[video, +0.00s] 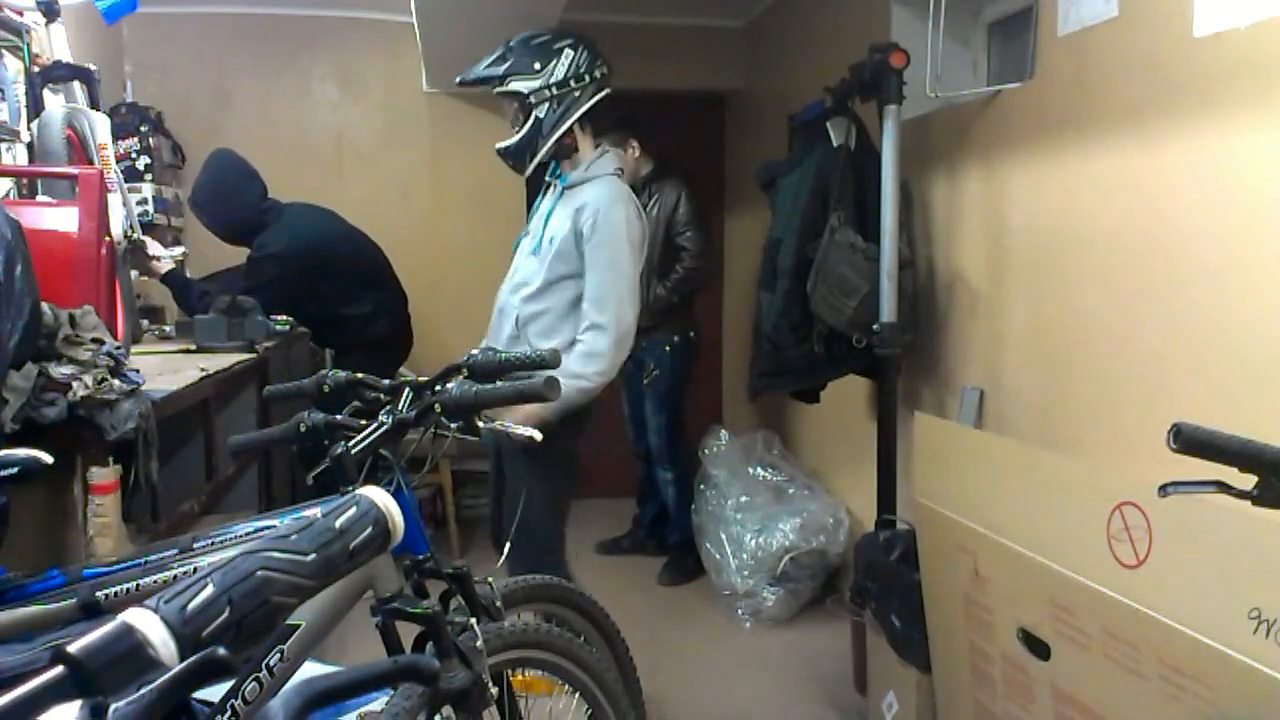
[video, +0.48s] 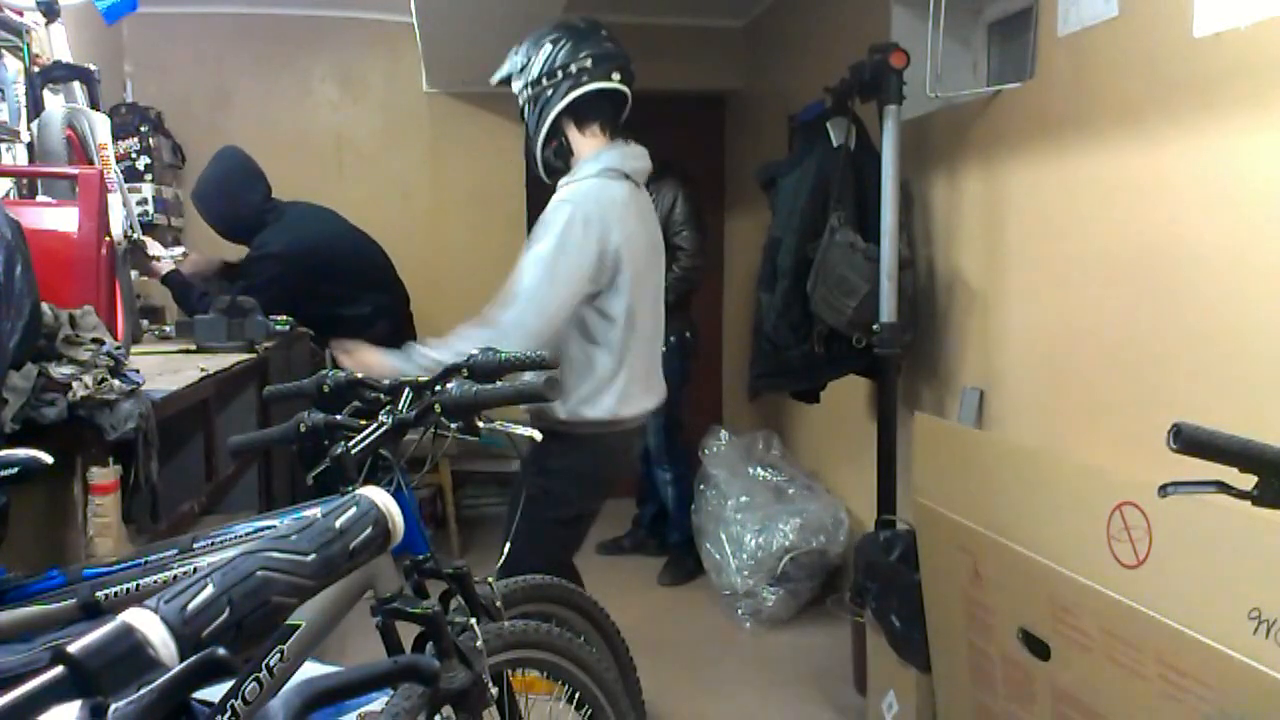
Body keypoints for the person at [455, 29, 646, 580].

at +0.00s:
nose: (512, 128)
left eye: (520, 111)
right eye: (512, 112)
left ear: (560, 114)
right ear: (562, 114)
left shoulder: (607, 199)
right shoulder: (560, 190)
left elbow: (610, 328)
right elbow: (532, 305)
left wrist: (546, 404)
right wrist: (485, 381)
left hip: (545, 405)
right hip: (512, 397)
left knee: (533, 558)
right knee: (510, 542)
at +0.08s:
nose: (516, 125)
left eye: (523, 109)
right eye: (517, 110)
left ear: (560, 108)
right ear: (564, 111)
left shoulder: (606, 206)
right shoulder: (563, 201)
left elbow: (589, 341)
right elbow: (530, 317)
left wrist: (492, 364)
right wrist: (476, 335)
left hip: (567, 412)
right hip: (533, 405)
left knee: (526, 561)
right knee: (500, 543)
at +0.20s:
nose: (520, 128)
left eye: (526, 110)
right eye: (520, 112)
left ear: (558, 110)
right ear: (570, 112)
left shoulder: (601, 211)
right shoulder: (578, 205)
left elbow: (551, 334)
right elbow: (545, 319)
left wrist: (452, 365)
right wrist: (484, 341)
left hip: (574, 426)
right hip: (553, 421)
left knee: (526, 581)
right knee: (519, 571)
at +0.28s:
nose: (522, 115)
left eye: (529, 98)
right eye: (523, 99)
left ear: (560, 99)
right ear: (577, 101)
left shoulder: (598, 197)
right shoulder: (596, 190)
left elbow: (588, 345)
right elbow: (577, 333)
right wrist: (504, 405)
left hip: (565, 421)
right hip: (561, 416)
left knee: (530, 568)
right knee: (540, 560)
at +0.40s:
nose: (522, 112)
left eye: (526, 95)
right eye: (522, 96)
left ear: (555, 94)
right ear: (596, 97)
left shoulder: (591, 193)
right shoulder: (626, 189)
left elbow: (574, 334)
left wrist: (495, 406)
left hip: (566, 416)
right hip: (594, 409)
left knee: (528, 565)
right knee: (542, 556)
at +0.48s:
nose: (528, 122)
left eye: (530, 104)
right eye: (527, 105)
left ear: (556, 102)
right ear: (612, 102)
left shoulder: (586, 204)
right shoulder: (630, 196)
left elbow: (515, 332)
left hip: (581, 434)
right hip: (614, 428)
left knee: (522, 580)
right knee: (549, 566)